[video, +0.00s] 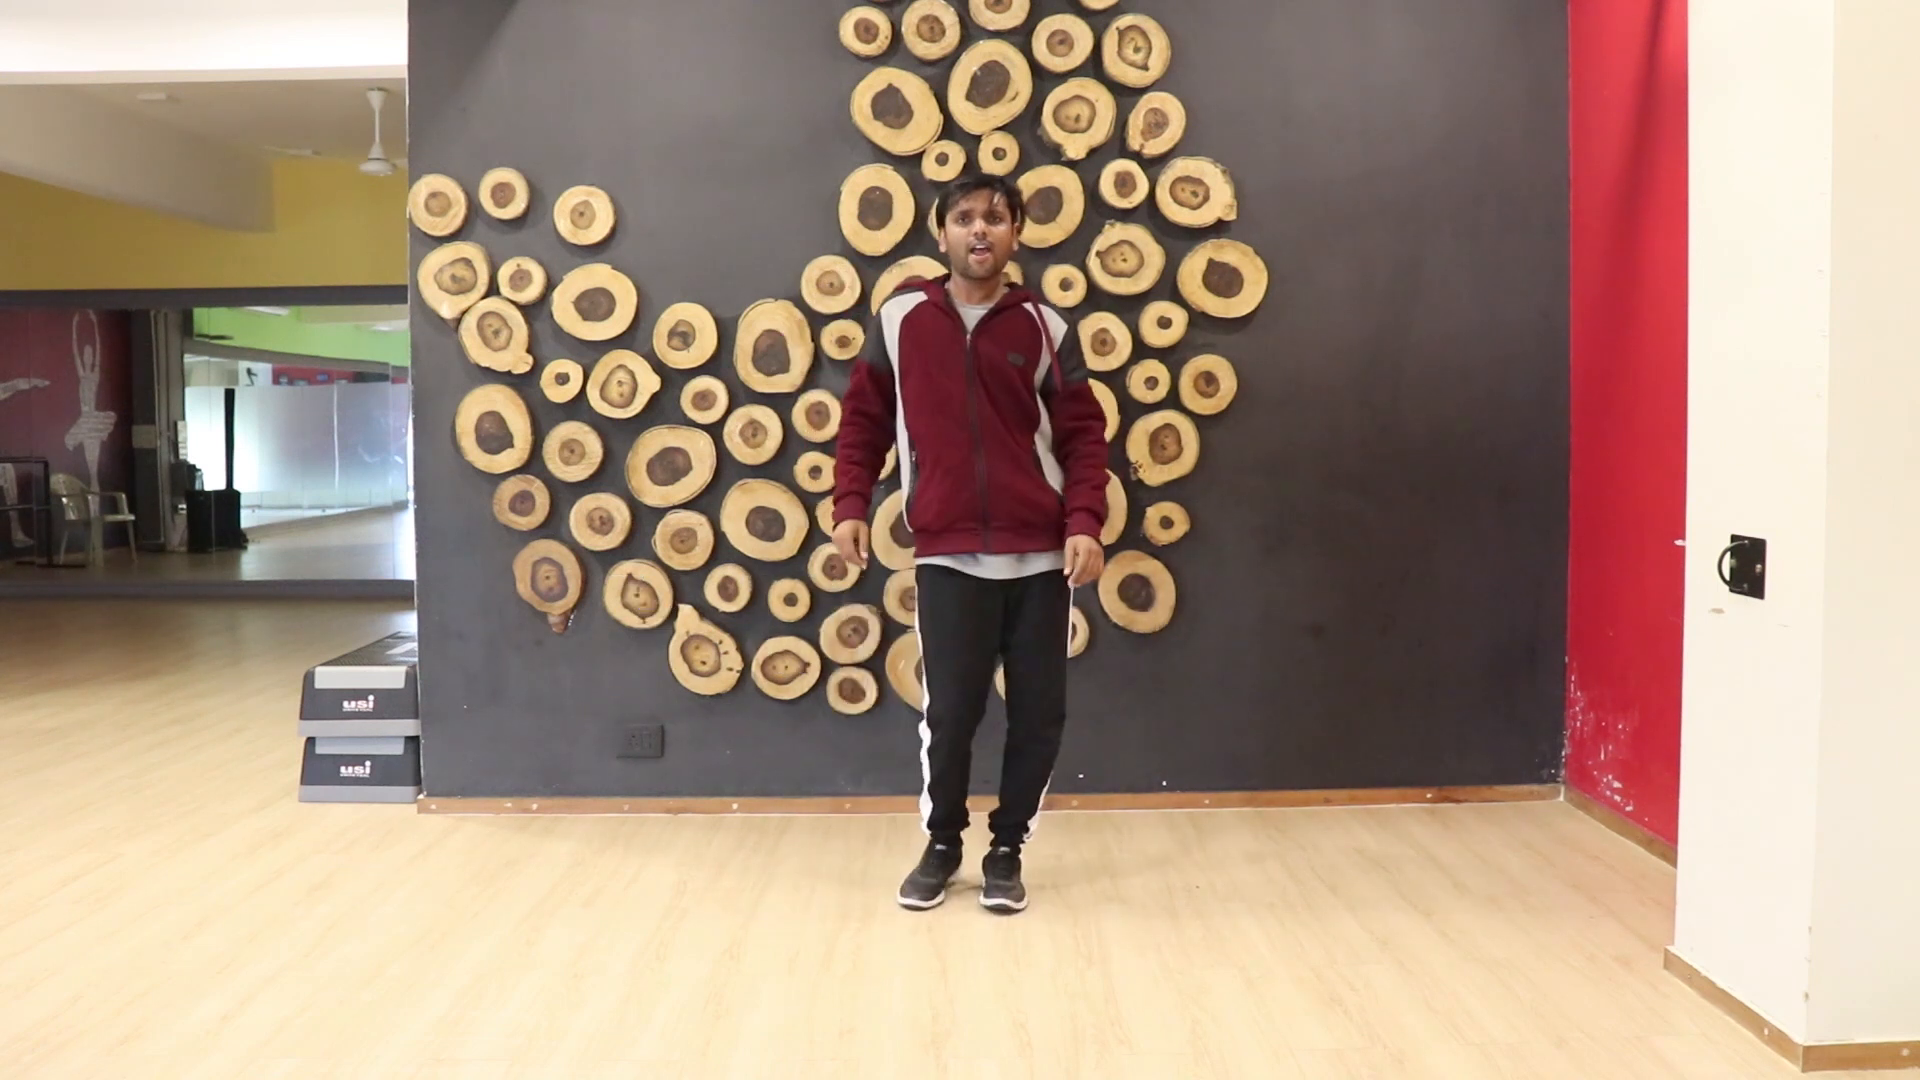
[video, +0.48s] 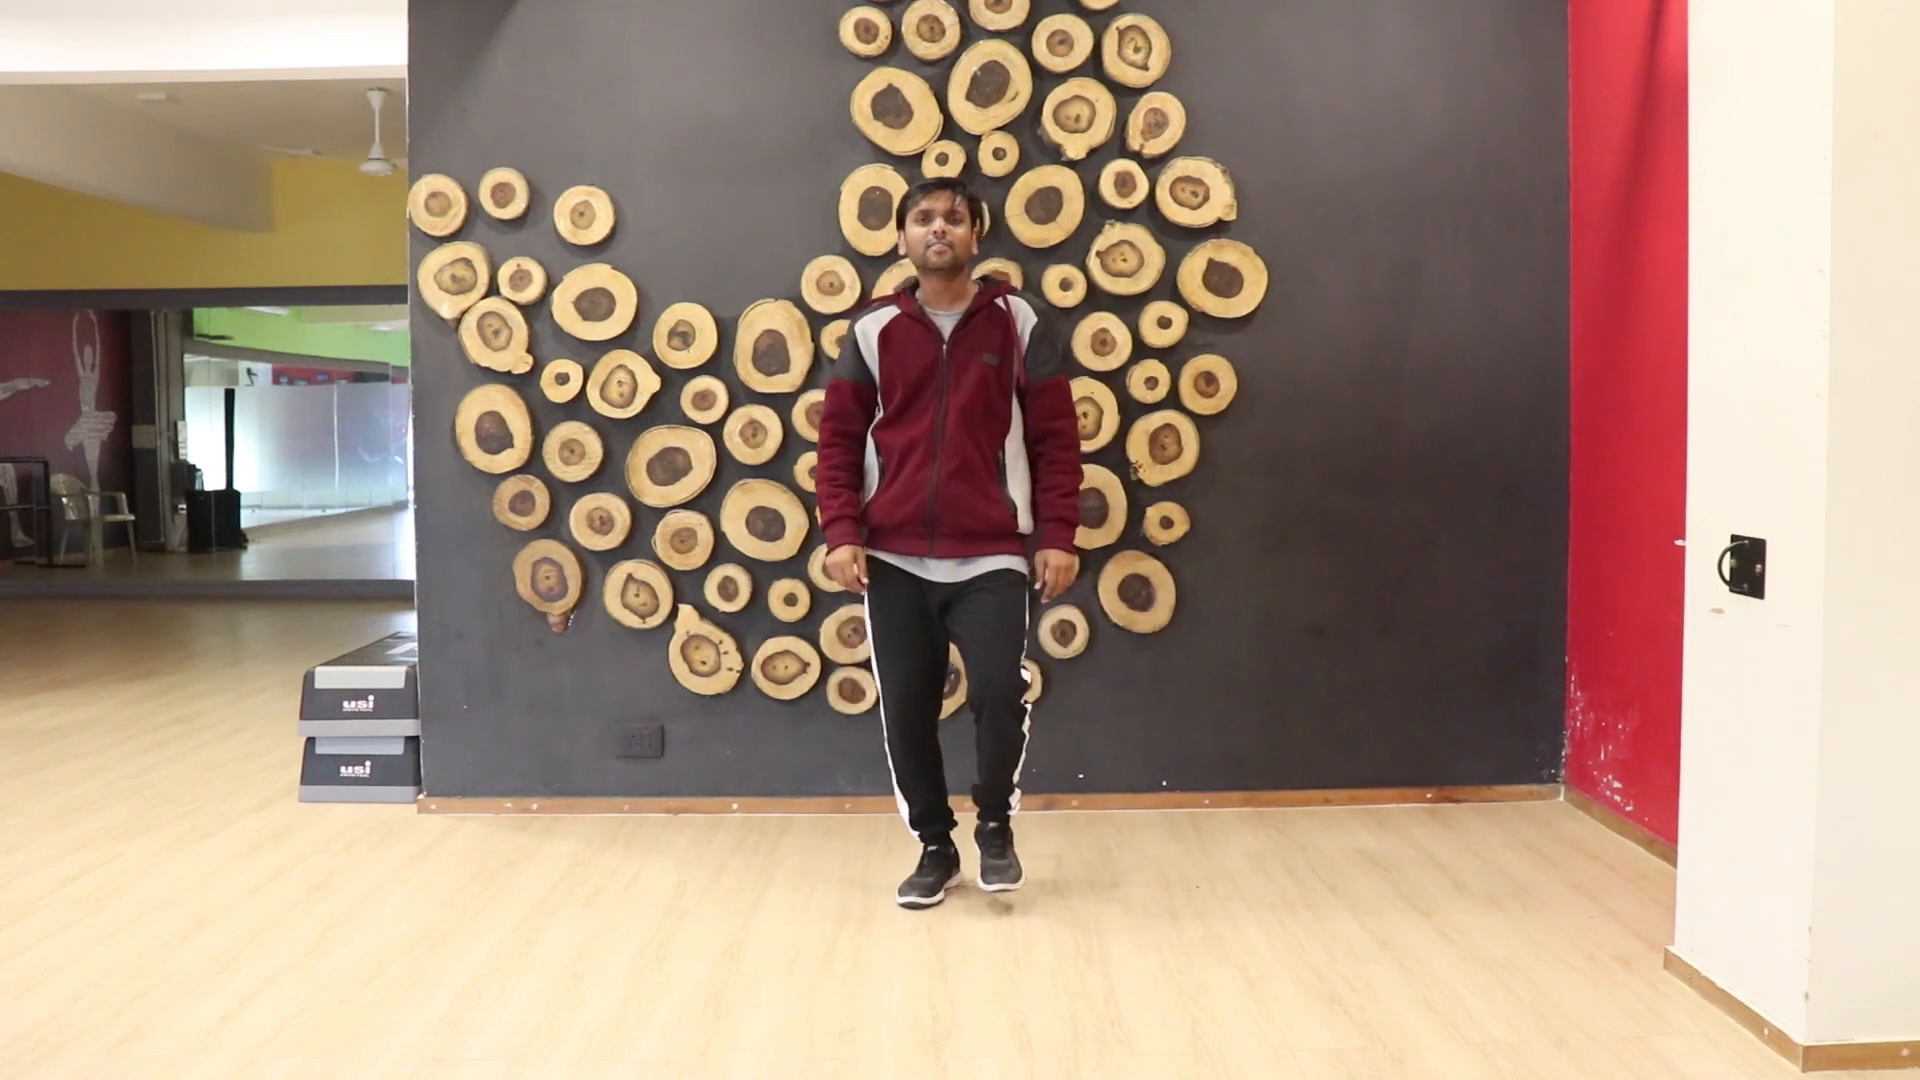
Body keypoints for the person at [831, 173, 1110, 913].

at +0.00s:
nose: (980, 231)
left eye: (994, 219)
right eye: (966, 219)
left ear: (1014, 235)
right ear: (942, 235)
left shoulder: (1044, 324)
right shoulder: (902, 317)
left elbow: (1080, 429)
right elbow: (865, 415)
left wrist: (1084, 519)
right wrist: (852, 507)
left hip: (1039, 552)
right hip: (948, 553)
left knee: (1039, 715)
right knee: (950, 710)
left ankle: (1005, 854)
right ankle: (940, 847)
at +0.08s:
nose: (978, 232)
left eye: (993, 220)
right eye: (964, 220)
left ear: (1013, 236)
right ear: (939, 234)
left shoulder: (1039, 324)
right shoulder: (896, 318)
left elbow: (1072, 435)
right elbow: (861, 421)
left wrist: (1082, 533)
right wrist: (848, 520)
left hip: (1033, 554)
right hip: (941, 553)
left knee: (1032, 715)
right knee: (938, 714)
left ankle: (1002, 856)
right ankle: (939, 850)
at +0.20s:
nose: (963, 229)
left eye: (976, 216)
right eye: (947, 218)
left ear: (997, 231)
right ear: (926, 235)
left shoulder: (1033, 322)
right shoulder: (889, 323)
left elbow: (1063, 440)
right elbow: (854, 433)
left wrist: (1077, 541)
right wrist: (841, 529)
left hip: (1018, 555)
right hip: (921, 554)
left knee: (1013, 712)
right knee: (916, 711)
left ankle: (999, 854)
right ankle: (936, 849)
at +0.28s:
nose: (952, 227)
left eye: (966, 215)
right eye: (937, 217)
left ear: (989, 232)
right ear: (917, 236)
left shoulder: (1028, 321)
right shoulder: (884, 323)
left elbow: (1060, 438)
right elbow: (850, 436)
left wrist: (1072, 541)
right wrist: (839, 532)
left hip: (1006, 555)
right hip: (908, 554)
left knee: (1007, 709)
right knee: (912, 712)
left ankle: (999, 852)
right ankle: (935, 850)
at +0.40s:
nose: (942, 231)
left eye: (956, 220)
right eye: (927, 221)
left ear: (979, 237)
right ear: (907, 239)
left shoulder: (1021, 323)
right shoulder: (875, 330)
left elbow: (1056, 436)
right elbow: (844, 438)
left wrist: (1062, 537)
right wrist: (839, 533)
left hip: (994, 555)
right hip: (896, 556)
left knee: (1003, 695)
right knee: (908, 710)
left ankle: (999, 840)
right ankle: (934, 850)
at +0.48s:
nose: (940, 229)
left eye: (953, 219)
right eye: (925, 219)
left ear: (976, 237)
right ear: (904, 239)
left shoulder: (1018, 323)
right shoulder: (869, 330)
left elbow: (1053, 435)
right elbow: (840, 437)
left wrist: (1056, 535)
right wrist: (841, 531)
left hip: (992, 553)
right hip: (895, 555)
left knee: (999, 694)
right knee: (906, 709)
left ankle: (995, 829)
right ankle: (934, 849)